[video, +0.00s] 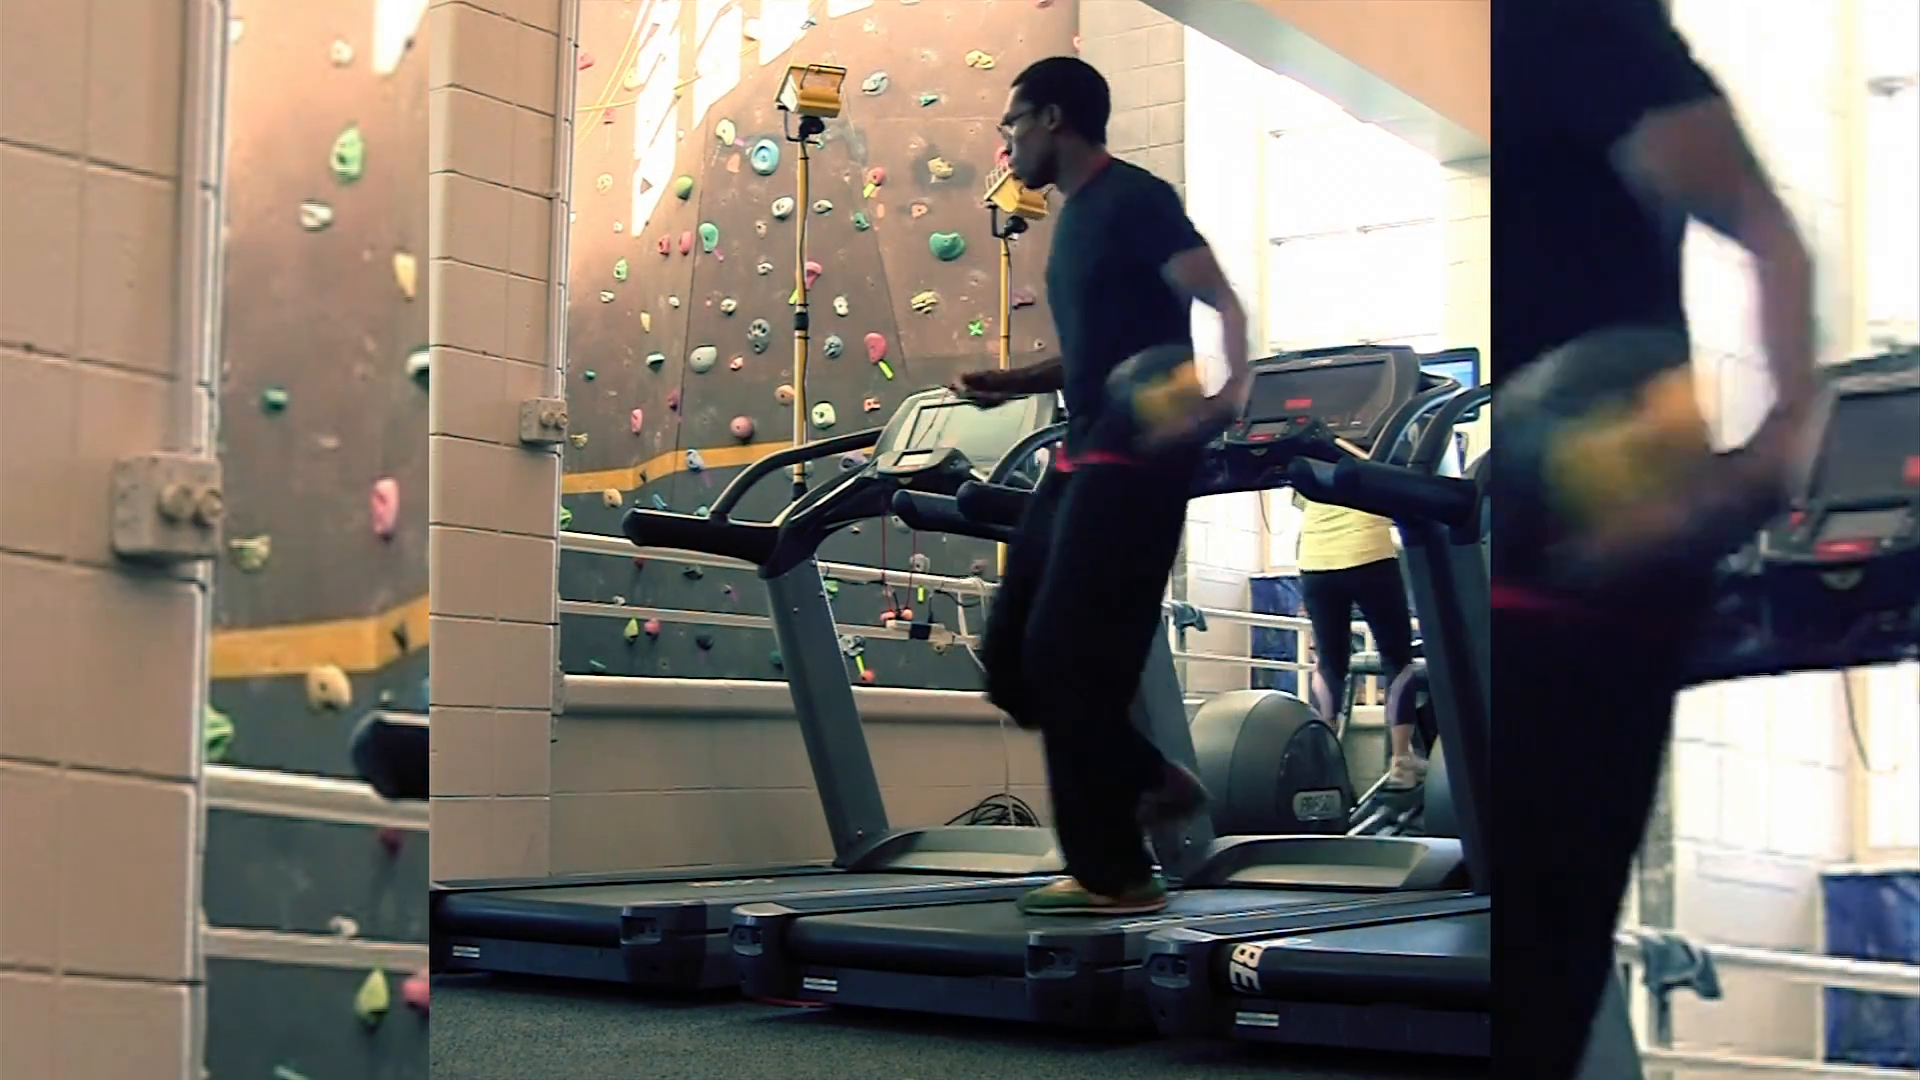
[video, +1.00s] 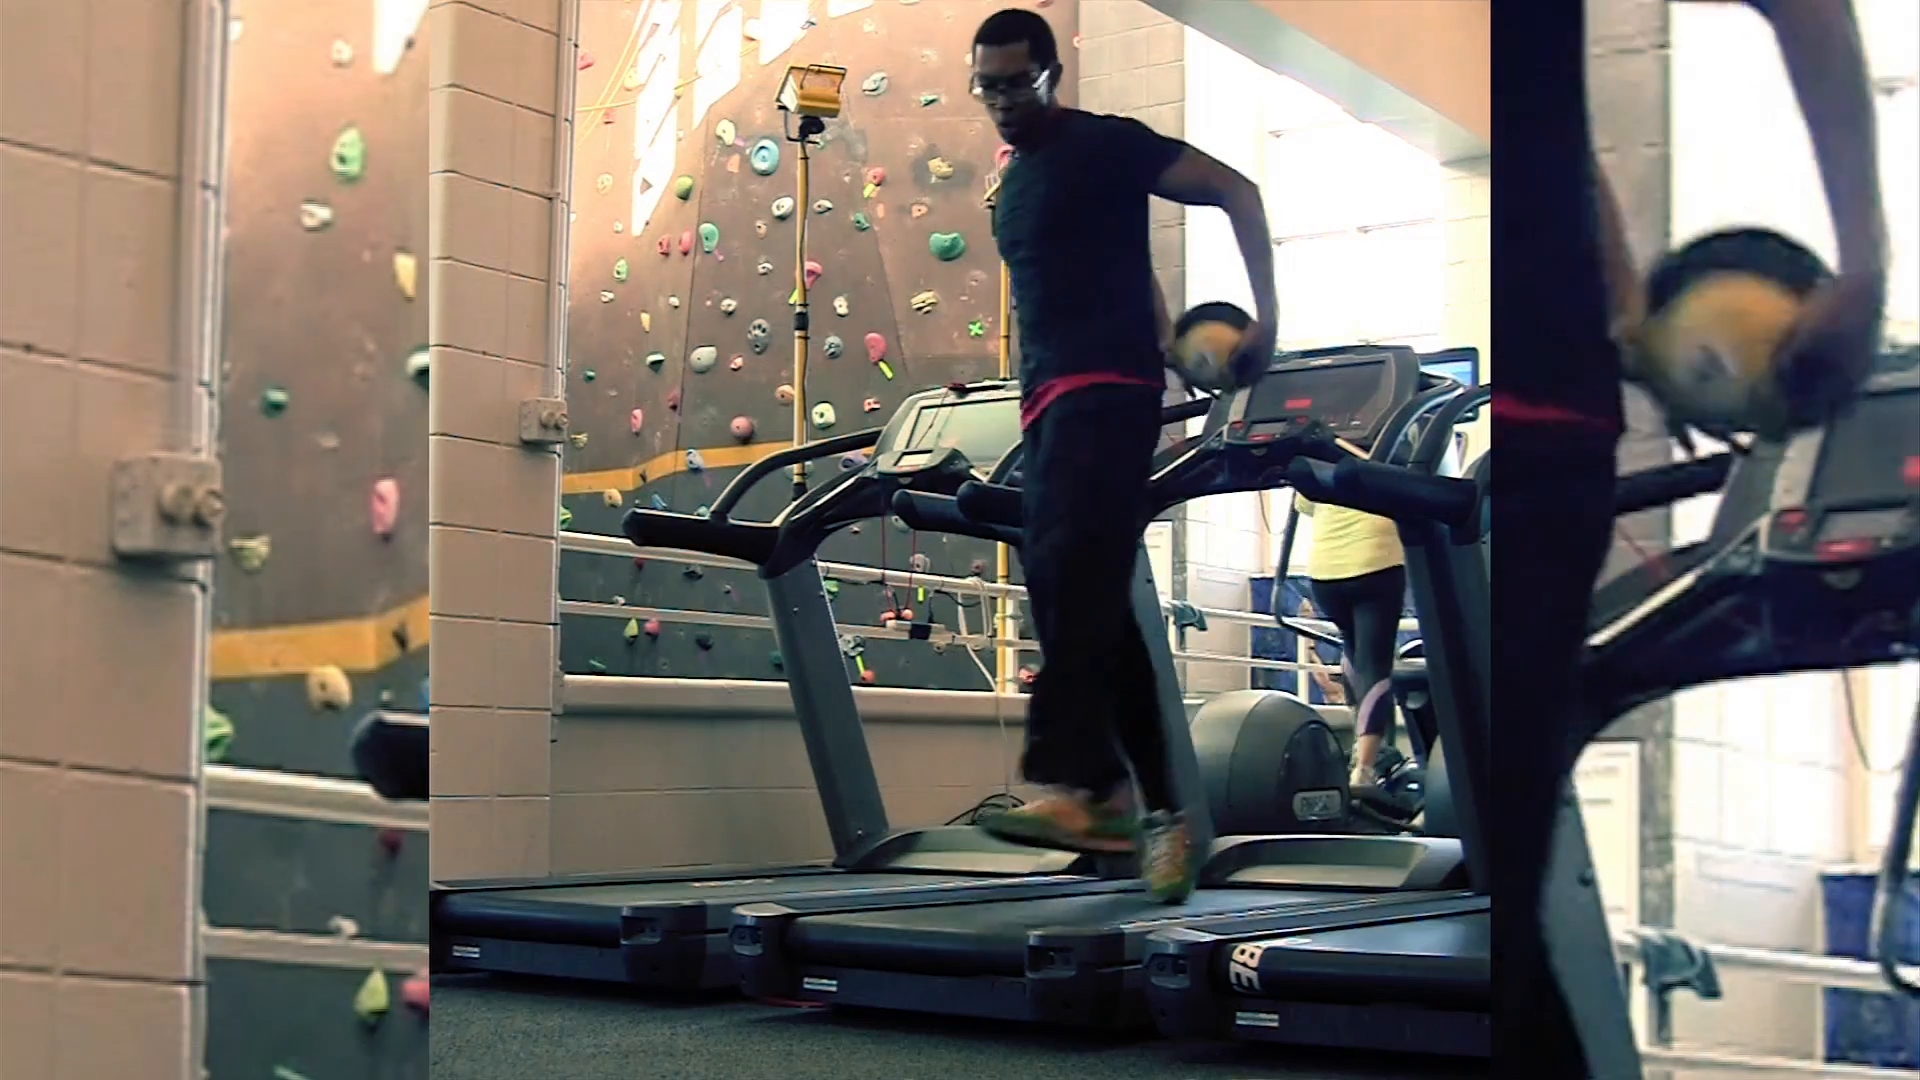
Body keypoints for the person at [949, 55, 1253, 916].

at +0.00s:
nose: (1003, 142)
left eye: (1013, 124)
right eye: (1004, 126)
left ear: (1055, 122)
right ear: (1057, 126)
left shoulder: (1133, 198)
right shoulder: (1076, 217)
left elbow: (1222, 301)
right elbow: (1098, 348)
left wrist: (1231, 391)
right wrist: (1013, 377)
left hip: (1134, 468)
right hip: (1078, 467)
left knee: (1070, 665)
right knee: (1011, 663)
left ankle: (1115, 878)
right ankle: (1159, 784)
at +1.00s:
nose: (1005, 101)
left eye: (1019, 83)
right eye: (990, 88)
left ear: (1053, 73)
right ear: (976, 89)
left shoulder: (1102, 141)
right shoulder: (1012, 178)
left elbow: (1236, 192)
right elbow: (1113, 264)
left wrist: (1264, 316)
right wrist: (1168, 347)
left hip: (1107, 389)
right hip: (1051, 401)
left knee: (1070, 577)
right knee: (1089, 602)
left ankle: (1080, 792)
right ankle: (1171, 812)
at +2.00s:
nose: (1233, 179)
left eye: (1242, 168)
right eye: (1220, 161)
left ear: (1234, 174)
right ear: (1173, 155)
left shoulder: (1149, 235)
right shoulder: (1141, 217)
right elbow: (1026, 252)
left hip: (1079, 491)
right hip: (1117, 490)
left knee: (1102, 680)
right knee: (1208, 655)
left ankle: (949, 766)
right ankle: (1151, 858)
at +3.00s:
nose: (956, 171)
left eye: (959, 153)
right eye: (955, 155)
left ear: (989, 144)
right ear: (1043, 144)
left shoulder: (969, 232)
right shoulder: (1127, 206)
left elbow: (854, 331)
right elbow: (1225, 296)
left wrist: (733, 365)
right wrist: (1199, 409)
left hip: (1055, 472)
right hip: (1157, 467)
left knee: (1003, 654)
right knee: (1153, 676)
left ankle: (970, 809)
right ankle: (1128, 855)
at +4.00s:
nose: (970, 172)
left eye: (979, 154)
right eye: (966, 158)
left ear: (1033, 143)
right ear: (1034, 150)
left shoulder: (1054, 215)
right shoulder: (1097, 217)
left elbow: (1061, 347)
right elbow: (1166, 353)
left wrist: (958, 419)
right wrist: (1118, 437)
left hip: (1074, 472)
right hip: (1132, 470)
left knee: (1031, 666)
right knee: (1108, 666)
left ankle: (1075, 865)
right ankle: (1265, 757)